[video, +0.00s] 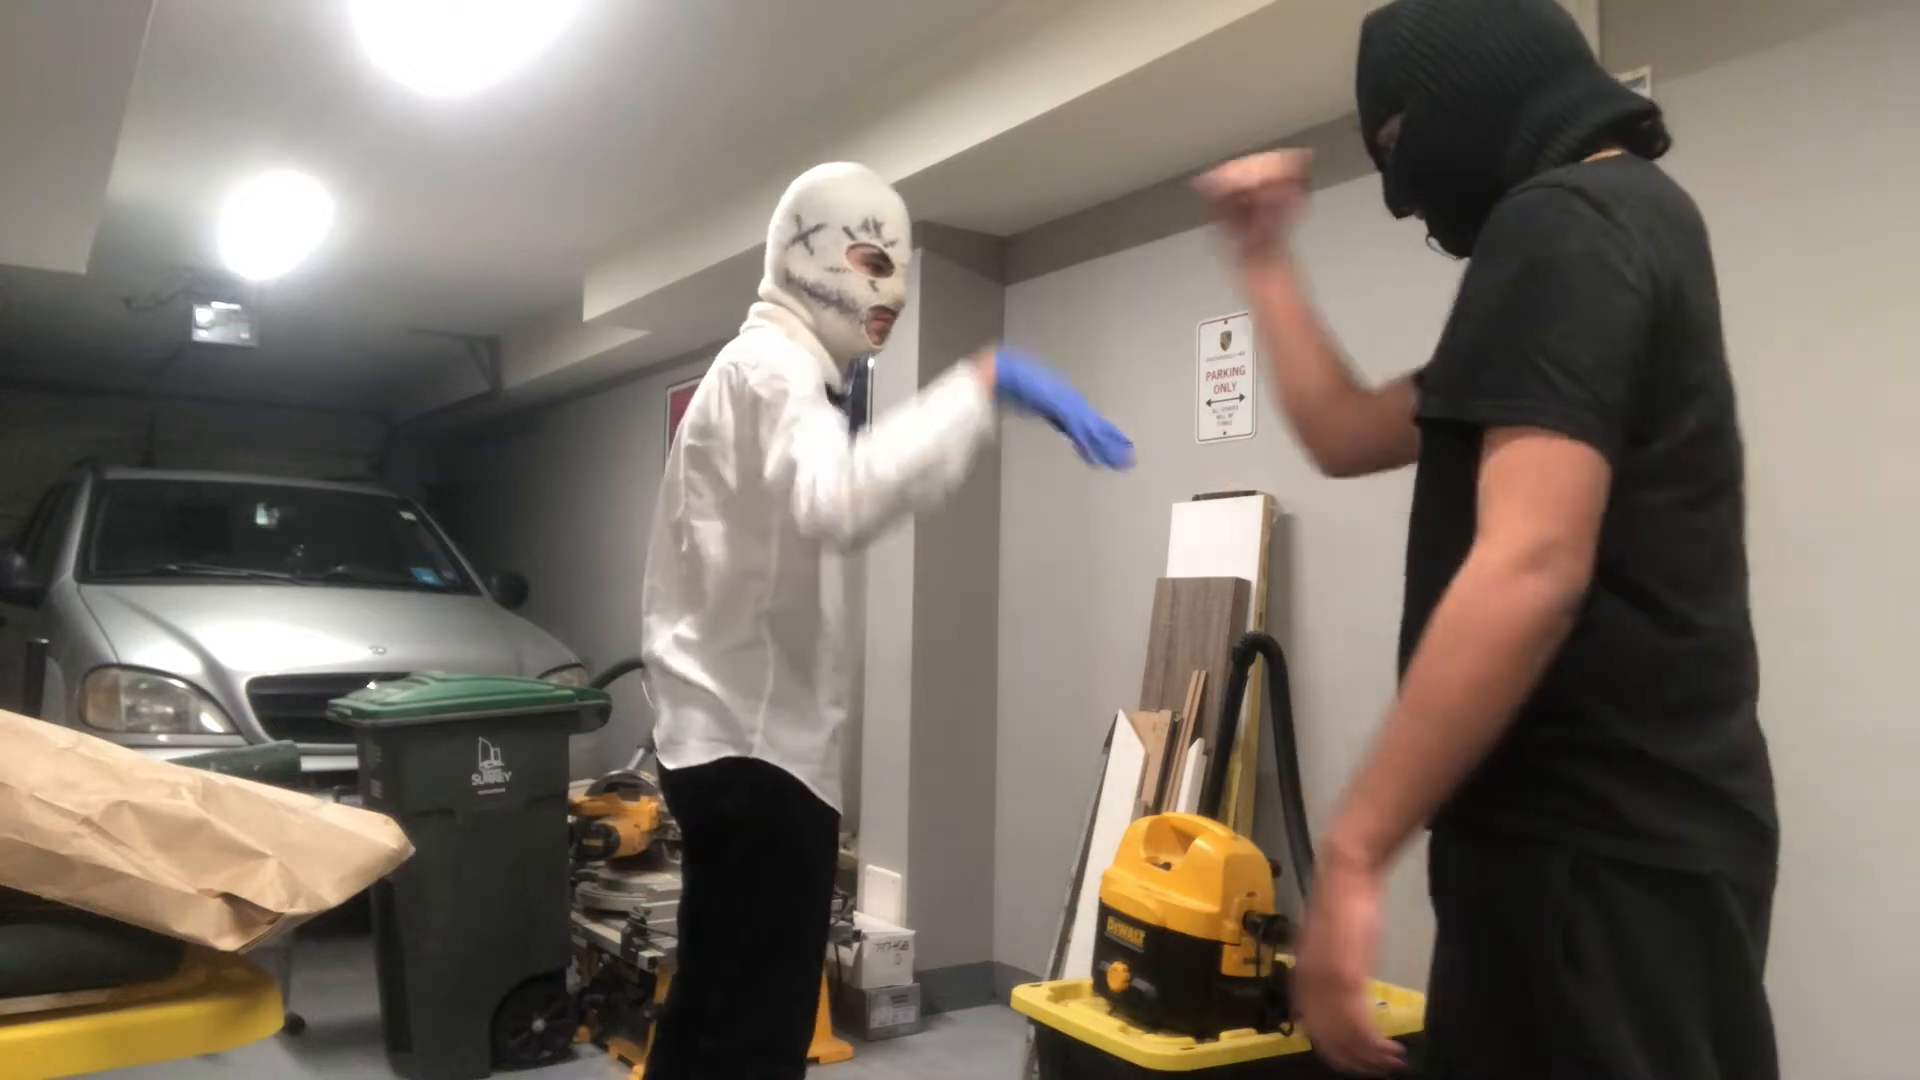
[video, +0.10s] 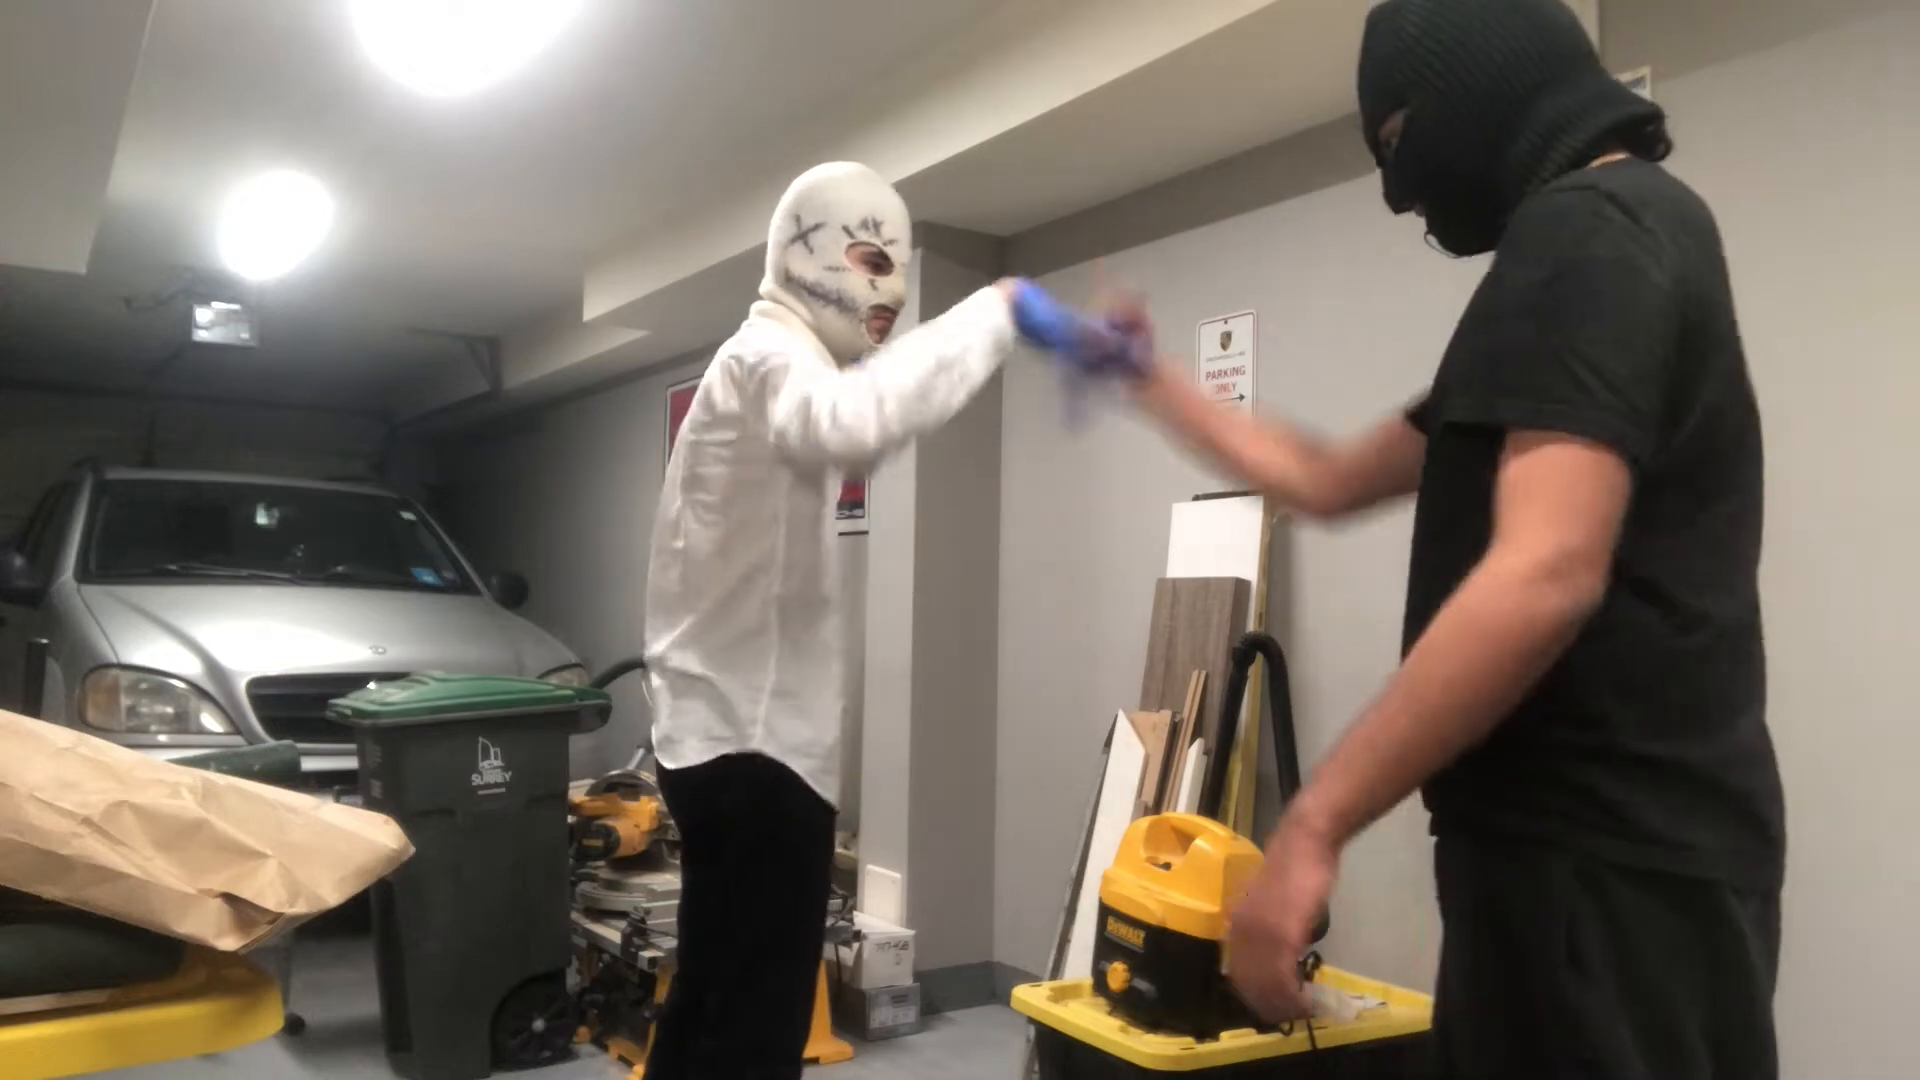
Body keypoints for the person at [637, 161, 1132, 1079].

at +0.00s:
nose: (893, 290)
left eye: (897, 266)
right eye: (875, 260)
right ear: (812, 254)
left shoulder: (796, 368)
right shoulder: (769, 364)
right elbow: (831, 502)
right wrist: (979, 385)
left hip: (768, 743)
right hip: (747, 748)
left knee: (738, 1014)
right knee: (749, 1021)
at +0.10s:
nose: (889, 281)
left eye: (896, 260)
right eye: (869, 254)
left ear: (903, 262)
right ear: (807, 252)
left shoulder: (791, 360)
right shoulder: (766, 352)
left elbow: (872, 409)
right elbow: (843, 421)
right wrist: (1000, 310)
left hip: (765, 735)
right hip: (743, 739)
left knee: (728, 1009)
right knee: (752, 1017)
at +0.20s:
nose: (892, 294)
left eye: (897, 270)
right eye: (877, 263)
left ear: (812, 259)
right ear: (822, 254)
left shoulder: (782, 359)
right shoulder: (763, 352)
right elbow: (831, 415)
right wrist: (1012, 314)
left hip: (760, 735)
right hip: (745, 740)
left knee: (734, 1015)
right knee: (748, 1020)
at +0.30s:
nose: (887, 291)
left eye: (893, 268)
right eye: (869, 261)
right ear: (807, 254)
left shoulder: (791, 364)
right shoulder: (757, 353)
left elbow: (865, 441)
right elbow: (847, 434)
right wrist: (1015, 279)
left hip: (768, 736)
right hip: (737, 739)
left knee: (734, 1016)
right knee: (743, 1022)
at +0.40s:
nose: (884, 290)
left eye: (892, 268)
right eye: (866, 260)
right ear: (804, 253)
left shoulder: (788, 365)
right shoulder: (751, 356)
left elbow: (865, 435)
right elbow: (849, 428)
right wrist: (1017, 294)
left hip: (770, 734)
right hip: (735, 737)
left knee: (735, 1017)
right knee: (744, 1022)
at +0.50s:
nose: (878, 290)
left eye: (886, 267)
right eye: (857, 261)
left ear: (886, 268)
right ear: (795, 255)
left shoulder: (785, 372)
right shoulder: (745, 364)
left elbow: (883, 452)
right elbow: (850, 474)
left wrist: (1038, 378)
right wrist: (1029, 381)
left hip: (770, 739)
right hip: (733, 742)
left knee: (732, 1017)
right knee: (748, 1025)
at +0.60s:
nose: (869, 289)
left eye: (876, 267)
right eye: (848, 259)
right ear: (785, 255)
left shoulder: (762, 368)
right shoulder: (745, 365)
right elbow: (846, 511)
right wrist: (1006, 442)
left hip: (755, 745)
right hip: (736, 747)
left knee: (734, 1020)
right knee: (741, 1026)